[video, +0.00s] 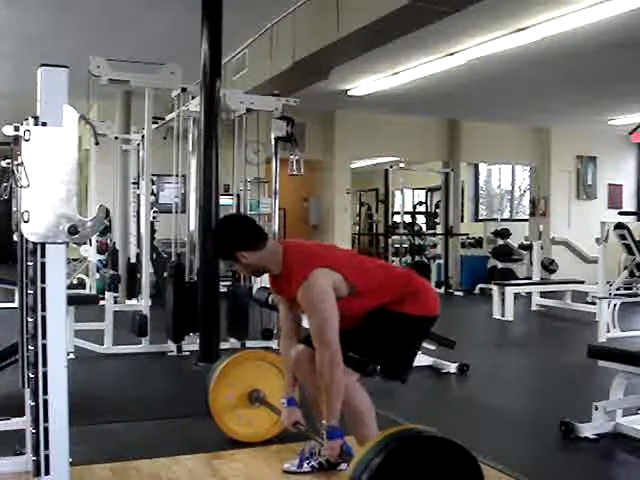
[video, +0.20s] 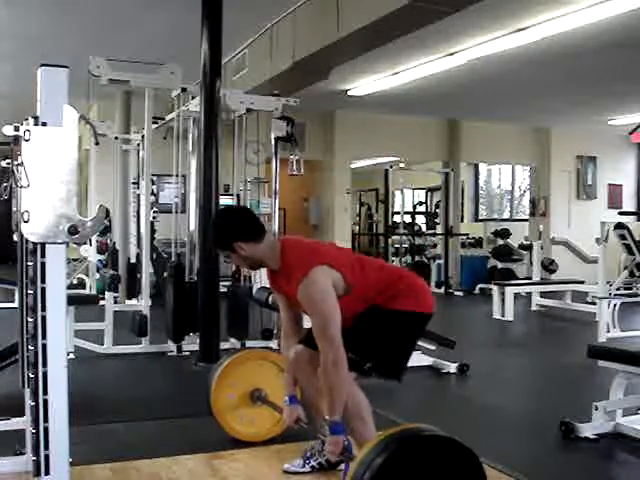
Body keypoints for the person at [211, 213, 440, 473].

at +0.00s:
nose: (237, 272)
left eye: (233, 265)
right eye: (232, 267)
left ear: (242, 257)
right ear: (257, 241)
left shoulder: (311, 276)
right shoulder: (280, 272)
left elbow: (331, 357)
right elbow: (288, 338)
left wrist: (332, 430)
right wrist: (290, 400)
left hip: (410, 305)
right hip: (372, 306)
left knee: (340, 375)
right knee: (304, 360)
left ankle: (376, 461)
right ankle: (330, 448)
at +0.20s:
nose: (234, 263)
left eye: (229, 256)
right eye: (228, 257)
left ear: (240, 248)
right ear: (258, 232)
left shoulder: (309, 273)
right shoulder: (278, 268)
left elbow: (333, 355)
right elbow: (291, 336)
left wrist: (335, 427)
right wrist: (291, 397)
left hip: (405, 302)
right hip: (367, 305)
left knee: (337, 374)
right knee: (302, 361)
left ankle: (374, 460)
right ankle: (331, 448)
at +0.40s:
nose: (220, 284)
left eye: (215, 277)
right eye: (214, 279)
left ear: (223, 264)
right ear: (228, 259)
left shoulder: (299, 281)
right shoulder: (264, 276)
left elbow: (335, 355)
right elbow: (285, 335)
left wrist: (336, 424)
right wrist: (289, 395)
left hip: (395, 291)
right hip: (364, 295)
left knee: (330, 372)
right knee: (297, 354)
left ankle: (375, 456)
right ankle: (330, 447)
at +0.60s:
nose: (216, 291)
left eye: (209, 286)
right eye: (210, 288)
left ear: (215, 275)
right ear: (220, 266)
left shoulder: (285, 284)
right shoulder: (260, 273)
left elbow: (322, 359)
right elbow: (282, 335)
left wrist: (332, 426)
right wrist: (287, 396)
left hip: (389, 287)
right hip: (360, 289)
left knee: (332, 370)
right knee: (293, 358)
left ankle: (372, 456)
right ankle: (327, 448)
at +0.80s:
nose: (208, 268)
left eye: (204, 261)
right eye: (202, 263)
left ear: (212, 250)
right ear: (222, 236)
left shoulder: (279, 264)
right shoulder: (260, 254)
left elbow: (309, 336)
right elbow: (281, 321)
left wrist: (323, 416)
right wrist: (287, 380)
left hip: (387, 278)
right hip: (359, 279)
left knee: (336, 362)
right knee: (313, 357)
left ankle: (372, 453)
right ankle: (330, 446)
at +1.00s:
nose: (213, 206)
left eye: (210, 196)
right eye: (207, 200)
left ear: (221, 183)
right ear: (223, 183)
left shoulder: (280, 207)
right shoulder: (262, 207)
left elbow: (318, 273)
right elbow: (295, 269)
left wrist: (301, 341)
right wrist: (297, 331)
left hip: (383, 265)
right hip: (347, 271)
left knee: (349, 360)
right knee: (317, 350)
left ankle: (375, 451)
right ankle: (331, 444)